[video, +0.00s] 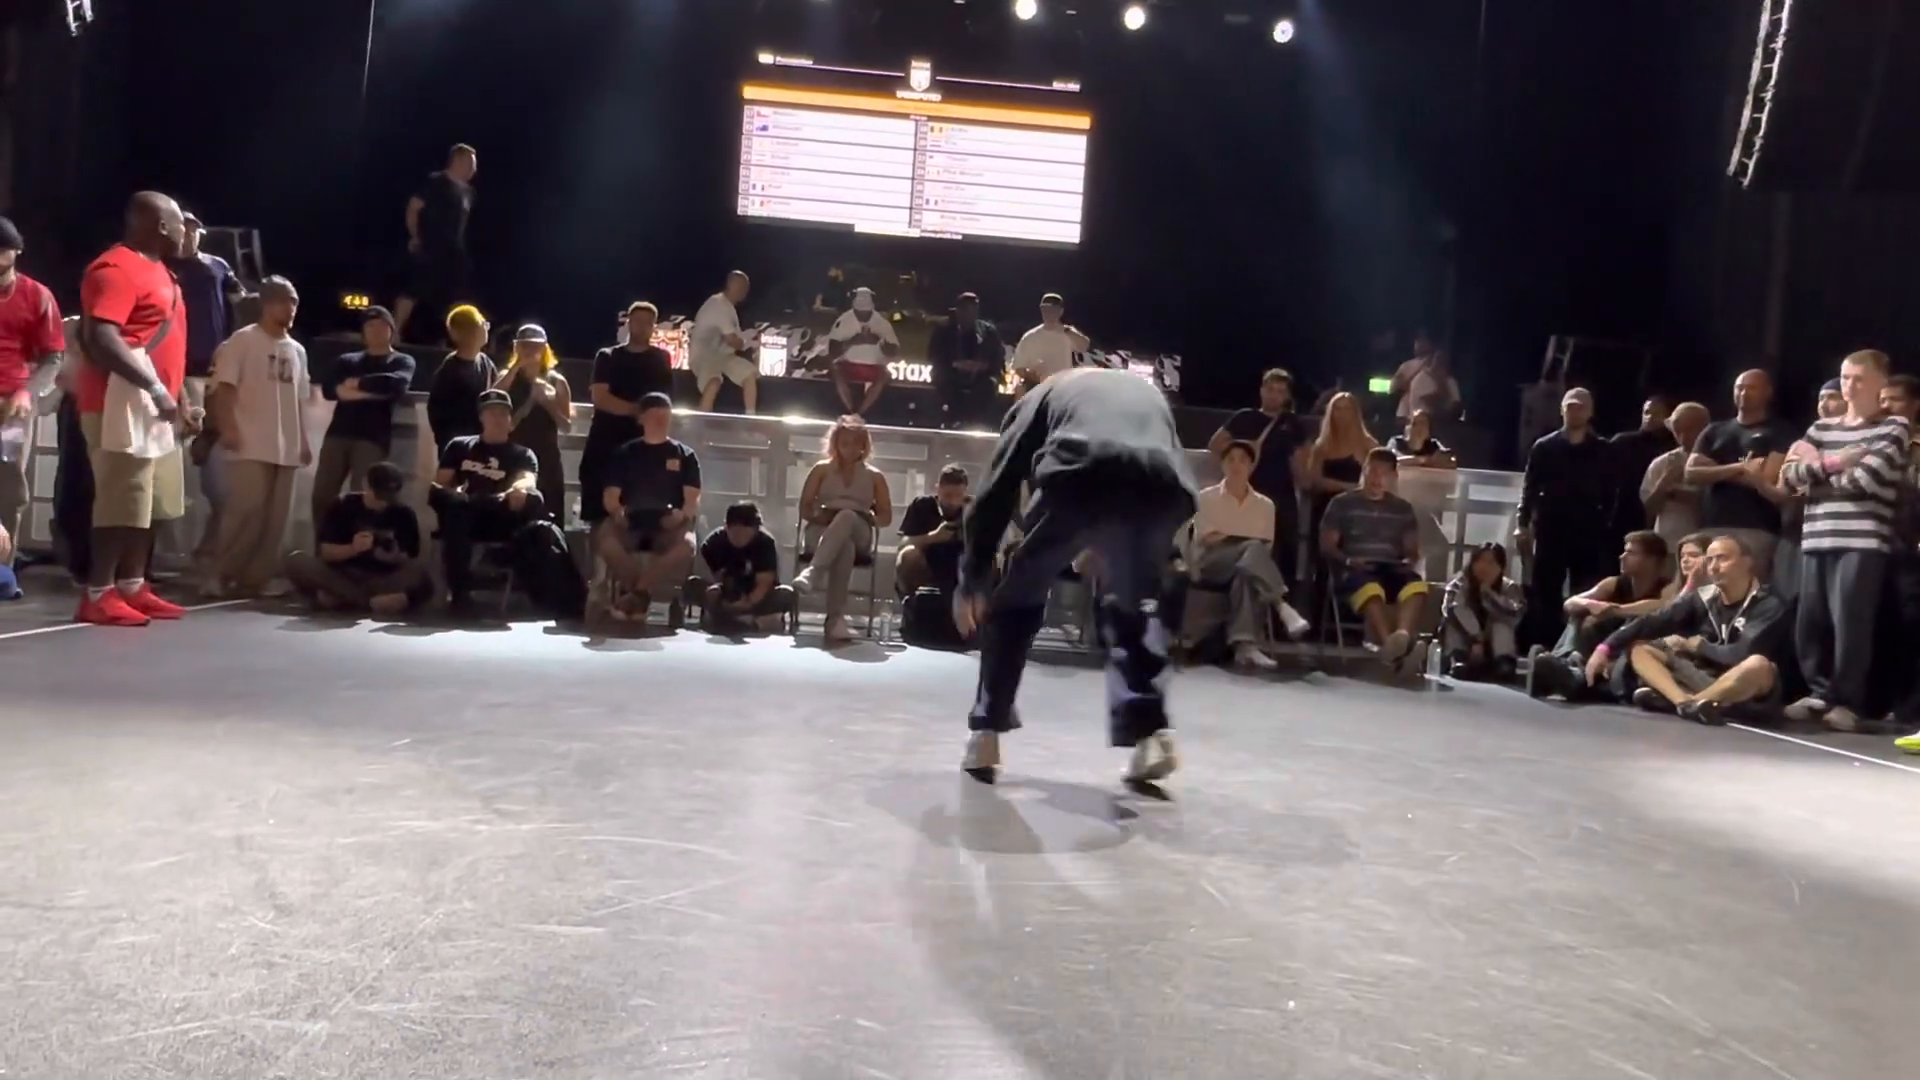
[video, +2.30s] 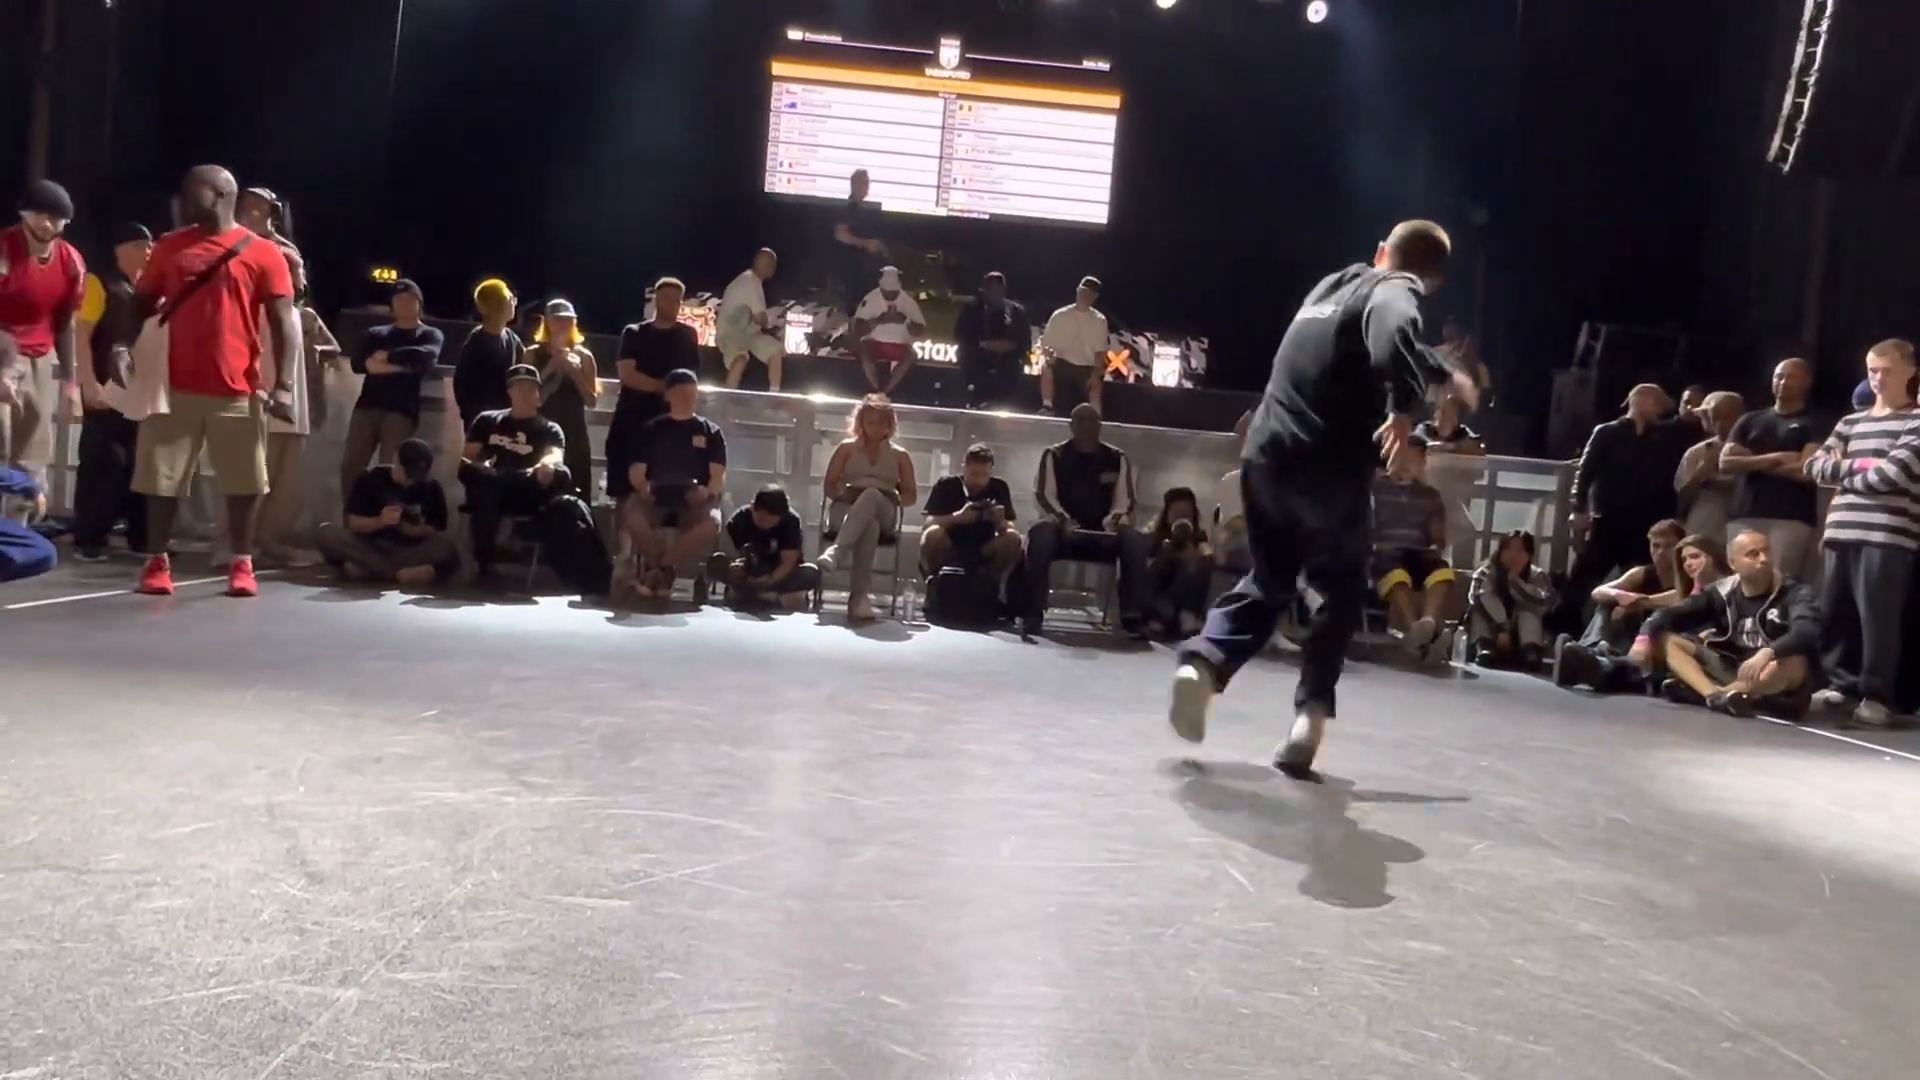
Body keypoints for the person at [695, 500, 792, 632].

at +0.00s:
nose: (739, 538)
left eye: (745, 533)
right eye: (735, 532)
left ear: (755, 530)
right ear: (727, 527)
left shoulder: (765, 542)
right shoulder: (711, 544)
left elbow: (765, 582)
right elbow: (718, 578)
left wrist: (748, 602)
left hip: (755, 586)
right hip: (728, 586)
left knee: (786, 593)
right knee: (692, 584)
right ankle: (752, 622)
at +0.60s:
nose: (747, 536)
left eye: (753, 532)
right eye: (743, 530)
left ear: (763, 527)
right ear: (735, 522)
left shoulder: (774, 537)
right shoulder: (720, 538)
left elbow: (773, 576)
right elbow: (724, 572)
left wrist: (756, 598)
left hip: (763, 583)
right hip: (735, 584)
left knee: (796, 589)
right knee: (700, 579)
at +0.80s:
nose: (751, 533)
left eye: (756, 529)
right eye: (747, 528)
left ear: (766, 524)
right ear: (738, 519)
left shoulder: (777, 533)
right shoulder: (723, 534)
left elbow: (776, 572)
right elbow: (726, 568)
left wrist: (759, 593)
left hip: (766, 581)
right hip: (738, 582)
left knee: (798, 585)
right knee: (703, 574)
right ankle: (762, 611)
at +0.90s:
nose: (751, 532)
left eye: (757, 528)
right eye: (747, 526)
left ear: (767, 523)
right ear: (739, 518)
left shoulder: (778, 532)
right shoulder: (724, 533)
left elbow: (778, 570)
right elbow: (732, 567)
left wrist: (760, 592)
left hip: (768, 580)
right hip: (740, 581)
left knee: (800, 583)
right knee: (704, 573)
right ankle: (762, 609)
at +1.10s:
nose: (755, 531)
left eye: (760, 527)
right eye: (751, 526)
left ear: (771, 522)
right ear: (742, 516)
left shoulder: (781, 530)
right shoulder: (727, 531)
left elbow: (780, 569)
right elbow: (733, 565)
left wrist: (762, 590)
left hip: (771, 578)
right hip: (742, 579)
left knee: (803, 581)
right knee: (707, 571)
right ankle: (766, 607)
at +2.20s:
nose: (765, 526)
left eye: (771, 522)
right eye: (762, 520)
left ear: (780, 516)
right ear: (753, 508)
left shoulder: (790, 521)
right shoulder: (736, 523)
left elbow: (789, 562)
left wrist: (769, 580)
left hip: (780, 568)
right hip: (752, 569)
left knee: (811, 573)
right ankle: (777, 600)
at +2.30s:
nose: (766, 526)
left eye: (772, 523)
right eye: (762, 520)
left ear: (780, 516)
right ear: (753, 509)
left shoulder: (791, 521)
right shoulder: (737, 522)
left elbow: (789, 561)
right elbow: (728, 558)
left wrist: (769, 580)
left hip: (780, 567)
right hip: (751, 569)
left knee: (812, 572)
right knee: (731, 595)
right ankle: (778, 600)